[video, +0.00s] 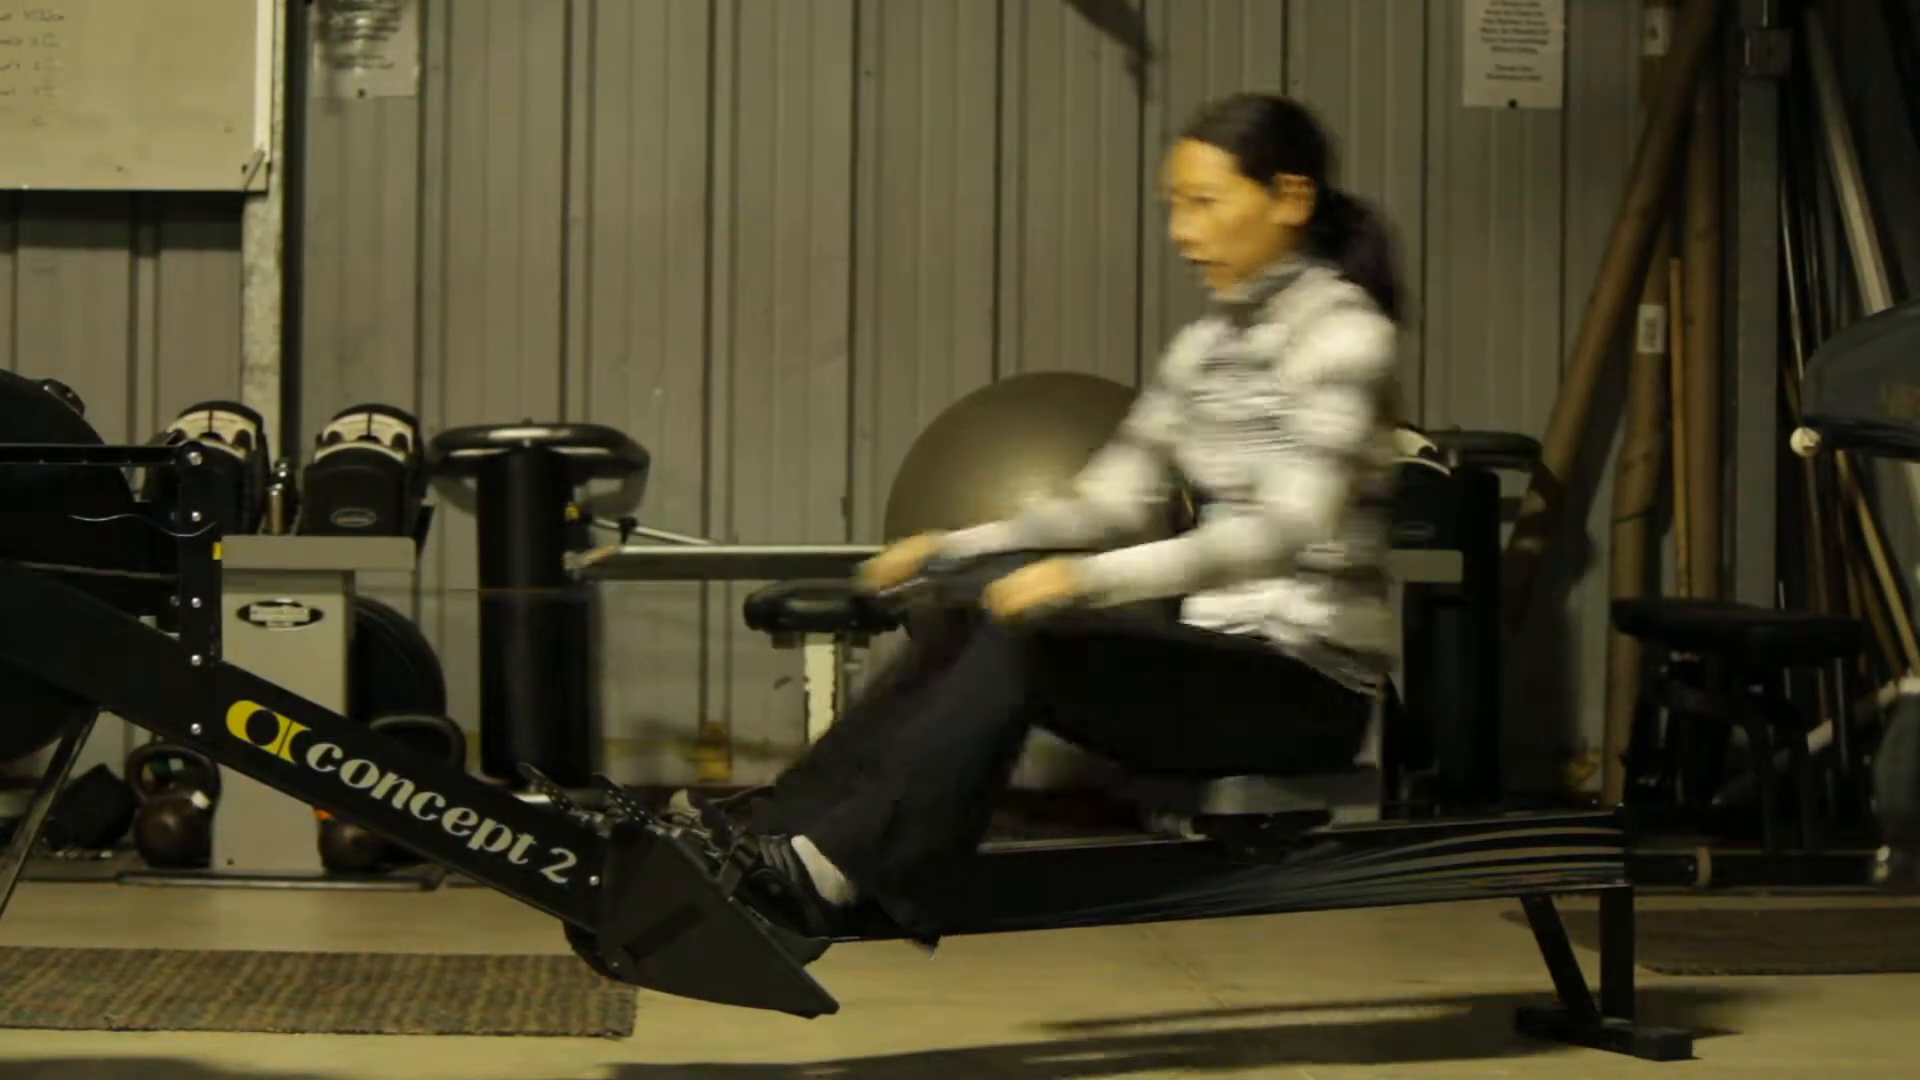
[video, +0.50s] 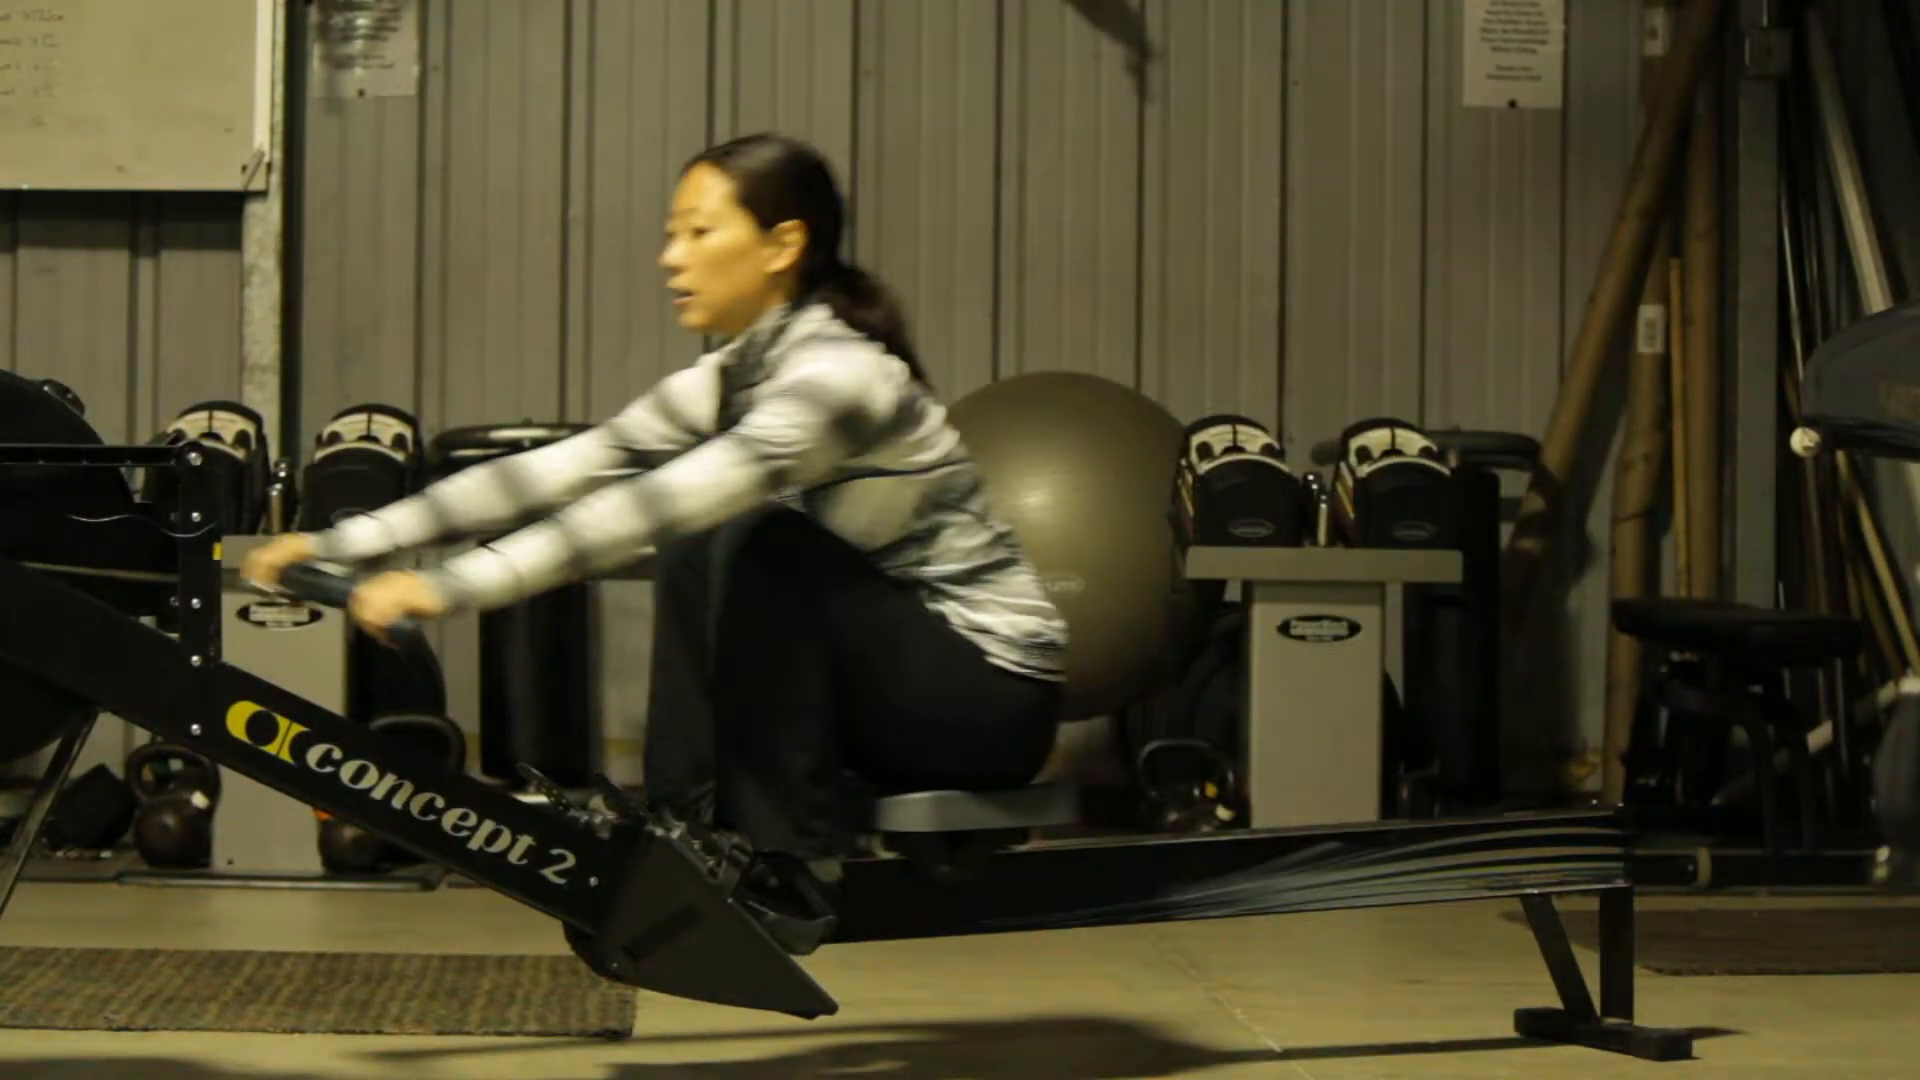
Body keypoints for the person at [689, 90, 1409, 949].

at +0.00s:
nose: (1180, 231)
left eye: (1202, 205)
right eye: (1176, 206)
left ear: (1289, 200)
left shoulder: (1343, 332)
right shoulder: (1203, 342)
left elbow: (1282, 526)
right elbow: (1108, 504)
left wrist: (1086, 580)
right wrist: (944, 547)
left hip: (1306, 682)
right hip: (1208, 655)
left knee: (1020, 649)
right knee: (962, 627)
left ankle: (831, 871)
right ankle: (768, 835)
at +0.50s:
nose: (668, 260)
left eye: (695, 235)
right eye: (673, 236)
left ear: (783, 246)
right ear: (750, 251)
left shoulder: (840, 370)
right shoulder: (725, 380)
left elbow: (661, 509)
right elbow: (563, 469)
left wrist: (452, 586)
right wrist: (339, 541)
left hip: (988, 699)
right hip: (893, 691)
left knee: (765, 547)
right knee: (694, 547)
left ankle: (787, 860)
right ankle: (695, 834)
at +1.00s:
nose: (930, 188)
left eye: (962, 165)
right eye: (934, 165)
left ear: (1052, 187)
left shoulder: (1079, 318)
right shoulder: (965, 320)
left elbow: (926, 459)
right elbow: (816, 437)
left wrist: (735, 528)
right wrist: (621, 504)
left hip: (1080, 702)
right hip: (999, 685)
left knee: (867, 562)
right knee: (775, 550)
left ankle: (782, 858)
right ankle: (693, 823)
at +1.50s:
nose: (1402, 264)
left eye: (1424, 243)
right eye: (1399, 243)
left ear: (1505, 249)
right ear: (1422, 252)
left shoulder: (1516, 370)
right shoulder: (1402, 369)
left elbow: (1454, 492)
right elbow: (1281, 472)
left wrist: (1247, 478)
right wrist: (1097, 476)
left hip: (1361, 681)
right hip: (1275, 655)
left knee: (1055, 690)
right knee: (993, 673)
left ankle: (815, 886)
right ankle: (740, 845)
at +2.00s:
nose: (1301, 252)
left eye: (1320, 224)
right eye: (1295, 229)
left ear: (1406, 223)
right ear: (1302, 229)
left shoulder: (1466, 352)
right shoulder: (1332, 349)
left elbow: (1501, 543)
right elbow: (1298, 511)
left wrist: (1317, 519)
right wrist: (1175, 507)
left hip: (1370, 675)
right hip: (1275, 653)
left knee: (1069, 693)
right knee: (1011, 678)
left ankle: (826, 883)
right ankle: (777, 842)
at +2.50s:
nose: (779, 235)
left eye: (808, 209)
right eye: (781, 211)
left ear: (896, 222)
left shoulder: (942, 355)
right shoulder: (835, 354)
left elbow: (792, 530)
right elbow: (679, 479)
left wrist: (605, 640)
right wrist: (480, 585)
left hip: (1057, 691)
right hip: (975, 677)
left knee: (837, 567)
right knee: (767, 568)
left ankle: (793, 866)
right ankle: (696, 829)